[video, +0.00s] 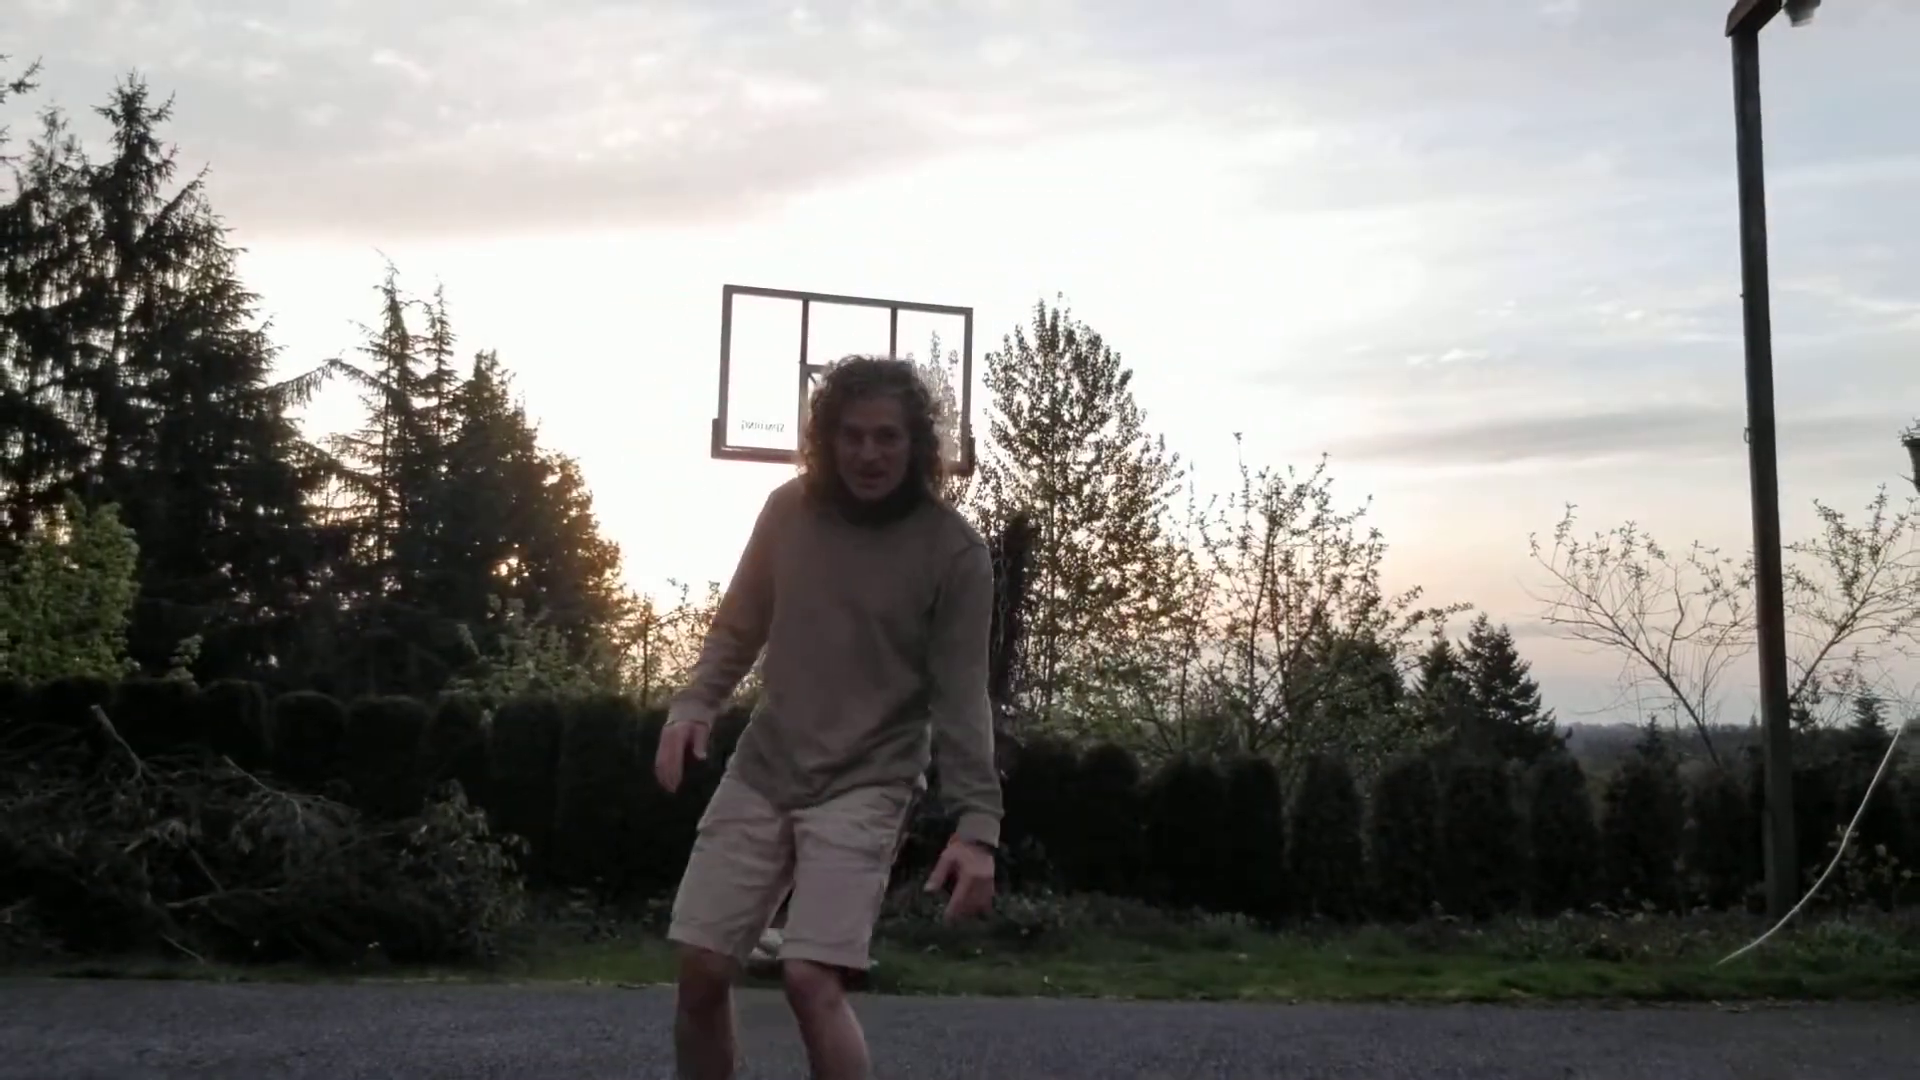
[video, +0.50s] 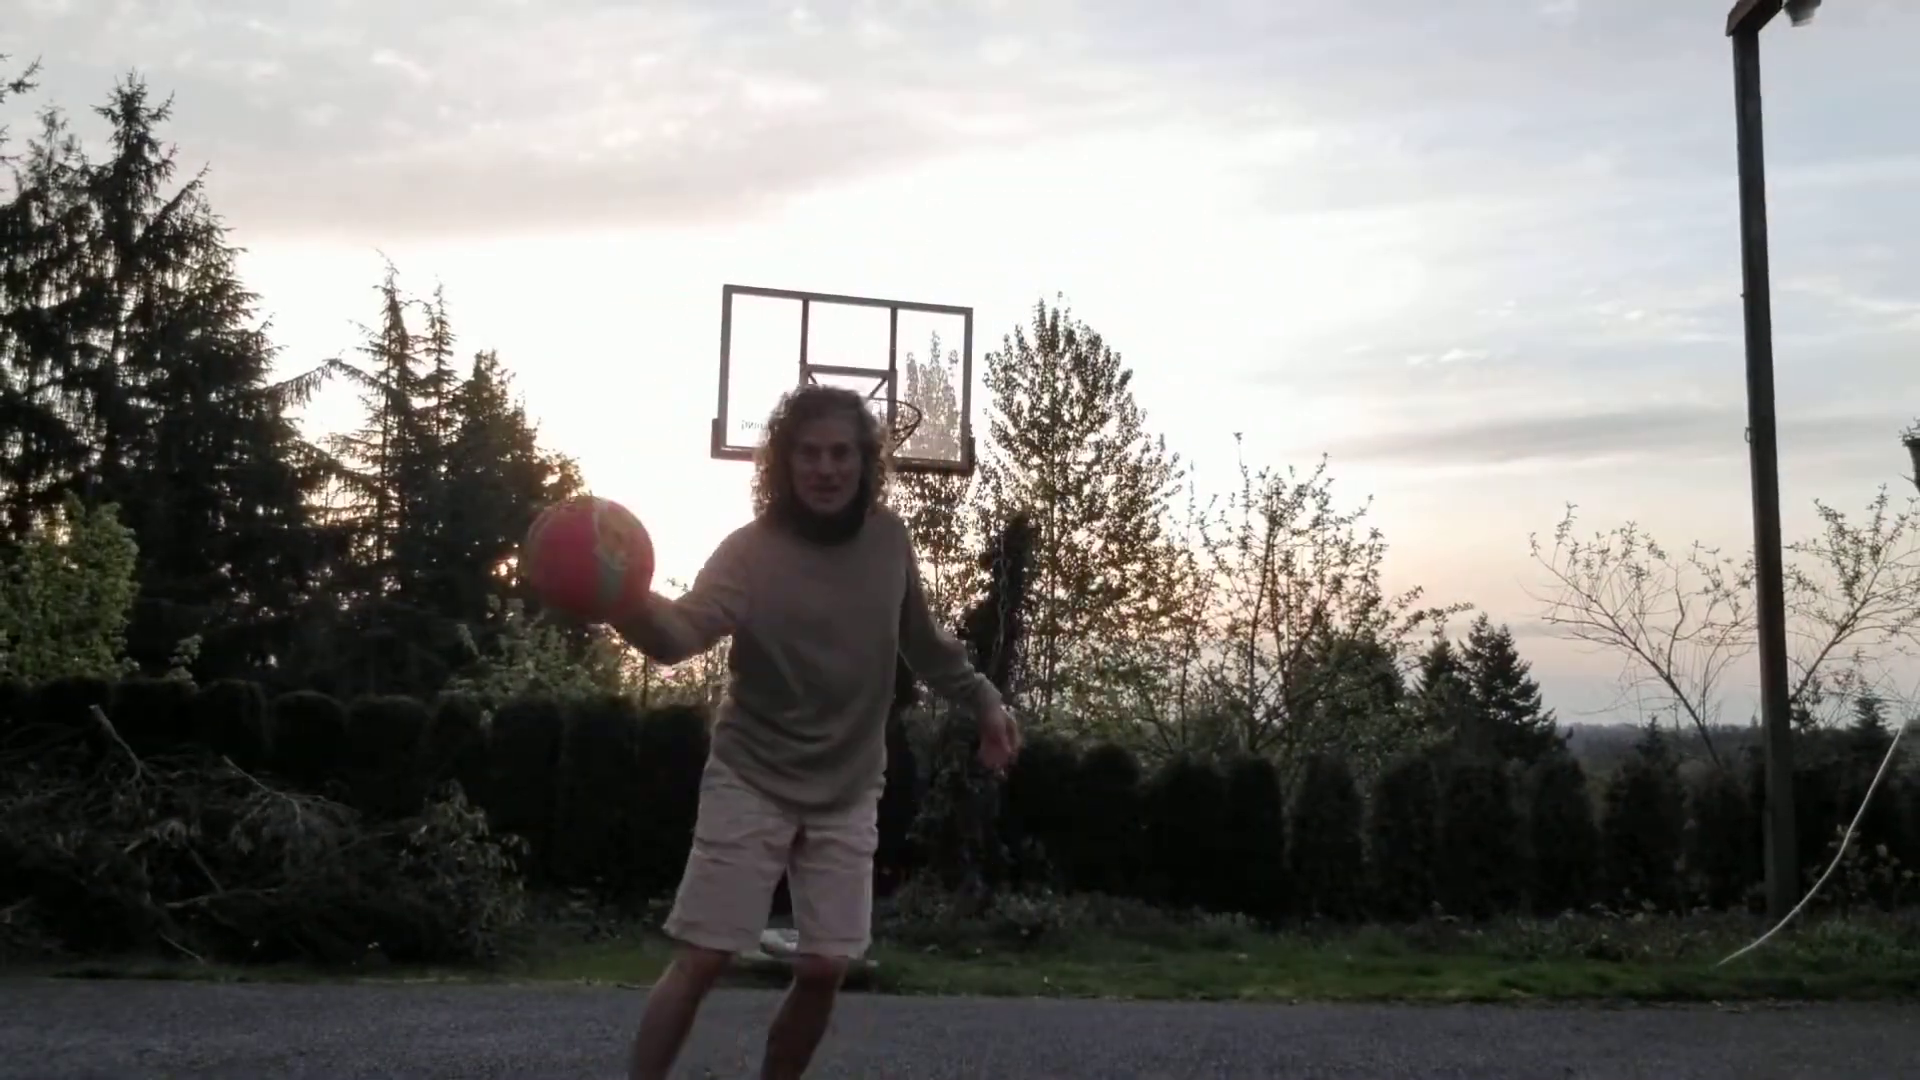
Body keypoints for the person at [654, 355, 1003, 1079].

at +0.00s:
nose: (870, 453)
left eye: (889, 436)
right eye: (853, 434)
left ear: (917, 444)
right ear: (826, 438)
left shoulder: (953, 549)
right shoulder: (789, 511)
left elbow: (963, 696)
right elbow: (737, 628)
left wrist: (977, 825)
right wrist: (694, 704)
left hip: (868, 783)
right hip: (763, 768)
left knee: (810, 975)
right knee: (701, 971)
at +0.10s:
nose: (857, 450)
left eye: (876, 433)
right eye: (840, 432)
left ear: (904, 440)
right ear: (814, 437)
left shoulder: (938, 536)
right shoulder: (771, 515)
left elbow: (970, 680)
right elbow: (722, 630)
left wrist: (991, 799)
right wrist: (700, 689)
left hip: (868, 782)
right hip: (758, 769)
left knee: (839, 979)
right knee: (700, 976)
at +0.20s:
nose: (849, 444)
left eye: (867, 427)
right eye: (832, 427)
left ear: (892, 436)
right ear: (806, 434)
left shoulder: (928, 530)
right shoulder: (760, 520)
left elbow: (962, 661)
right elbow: (712, 626)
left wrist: (1001, 767)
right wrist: (696, 659)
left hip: (874, 776)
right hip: (762, 767)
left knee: (857, 977)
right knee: (723, 970)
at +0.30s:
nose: (840, 444)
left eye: (857, 428)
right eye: (823, 427)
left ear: (882, 437)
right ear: (798, 434)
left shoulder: (912, 527)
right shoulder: (757, 524)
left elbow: (948, 639)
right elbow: (710, 645)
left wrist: (995, 720)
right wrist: (692, 640)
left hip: (870, 777)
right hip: (761, 768)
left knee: (857, 976)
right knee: (726, 964)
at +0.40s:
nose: (833, 453)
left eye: (850, 438)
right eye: (817, 437)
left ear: (874, 447)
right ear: (792, 445)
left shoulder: (898, 527)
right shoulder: (755, 537)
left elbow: (933, 630)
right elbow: (691, 660)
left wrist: (992, 703)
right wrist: (649, 612)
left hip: (861, 783)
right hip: (757, 775)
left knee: (843, 973)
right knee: (717, 960)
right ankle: (664, 1077)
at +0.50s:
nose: (826, 468)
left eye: (843, 452)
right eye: (809, 452)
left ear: (866, 462)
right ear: (784, 462)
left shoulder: (887, 540)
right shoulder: (752, 551)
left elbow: (923, 639)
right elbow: (676, 636)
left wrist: (984, 699)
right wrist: (611, 588)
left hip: (848, 792)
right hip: (750, 781)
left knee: (825, 971)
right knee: (705, 956)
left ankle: (776, 1077)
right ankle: (642, 1076)